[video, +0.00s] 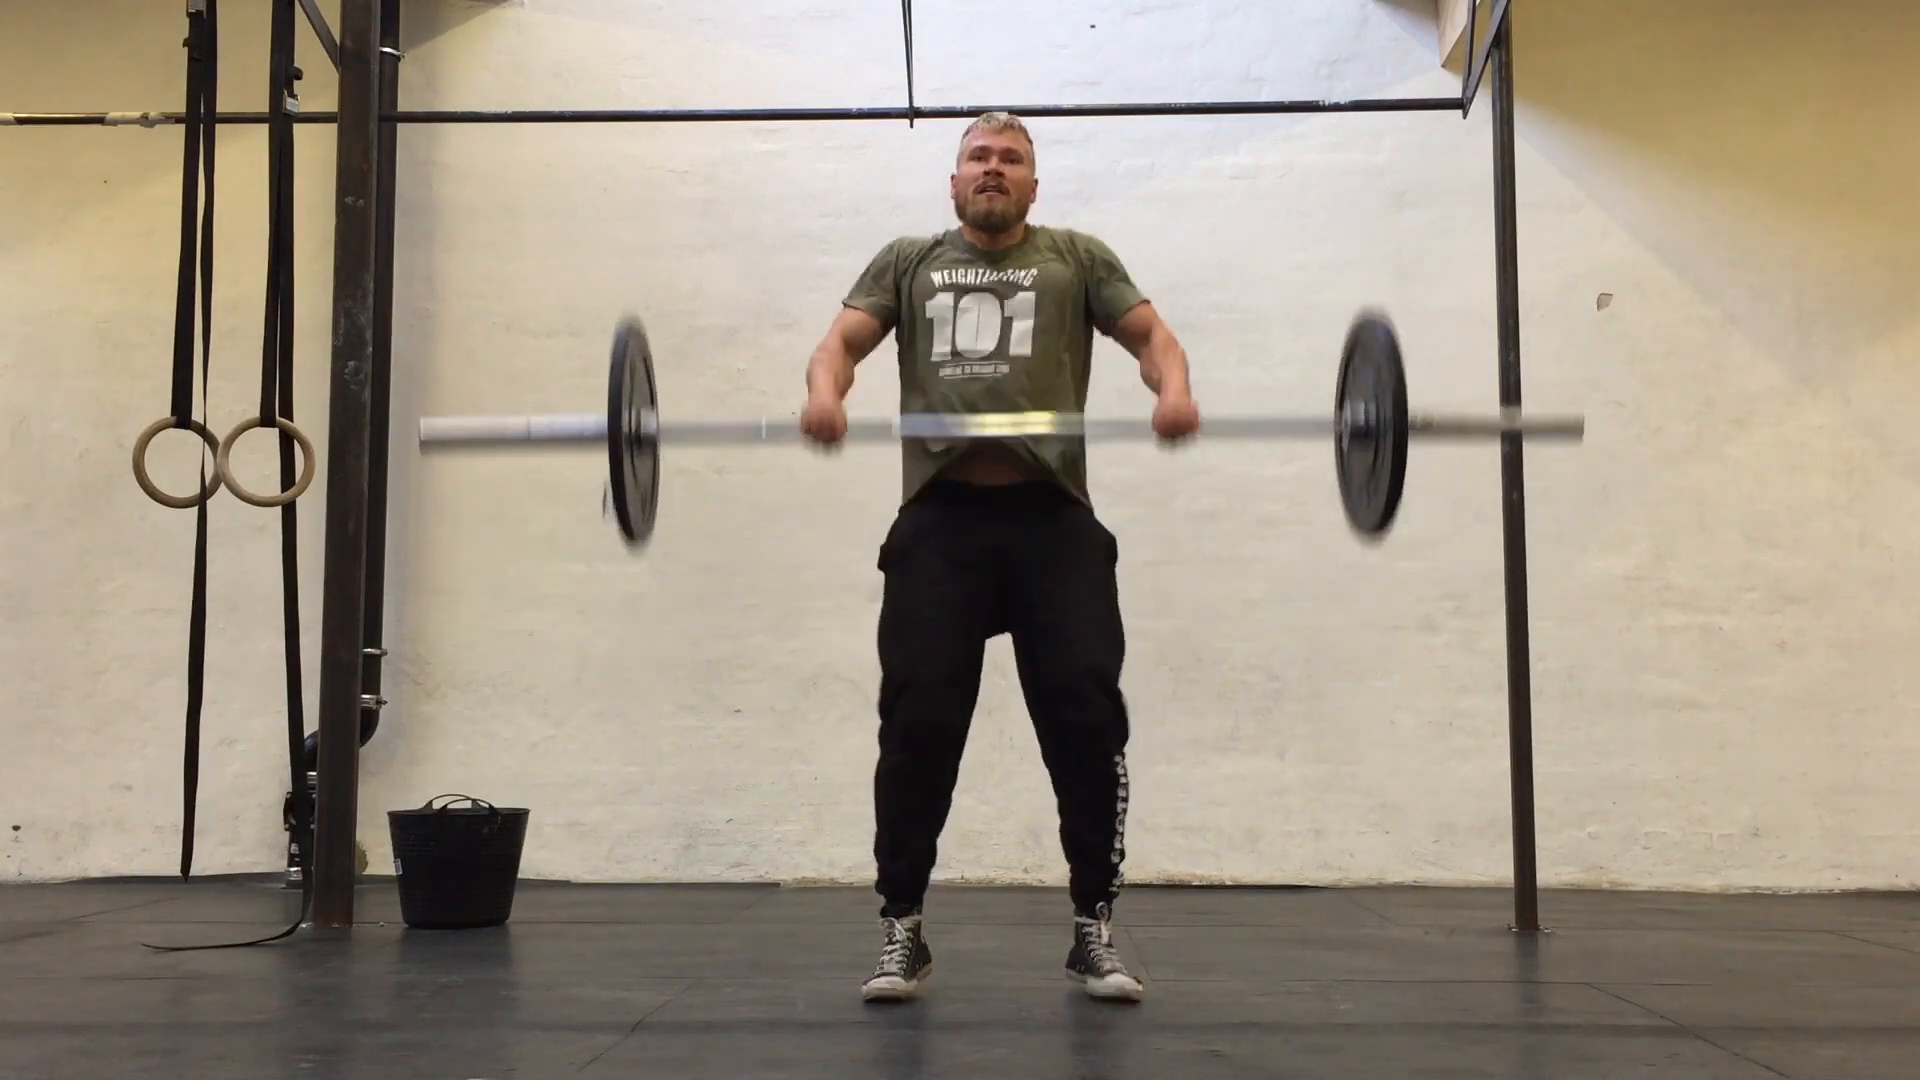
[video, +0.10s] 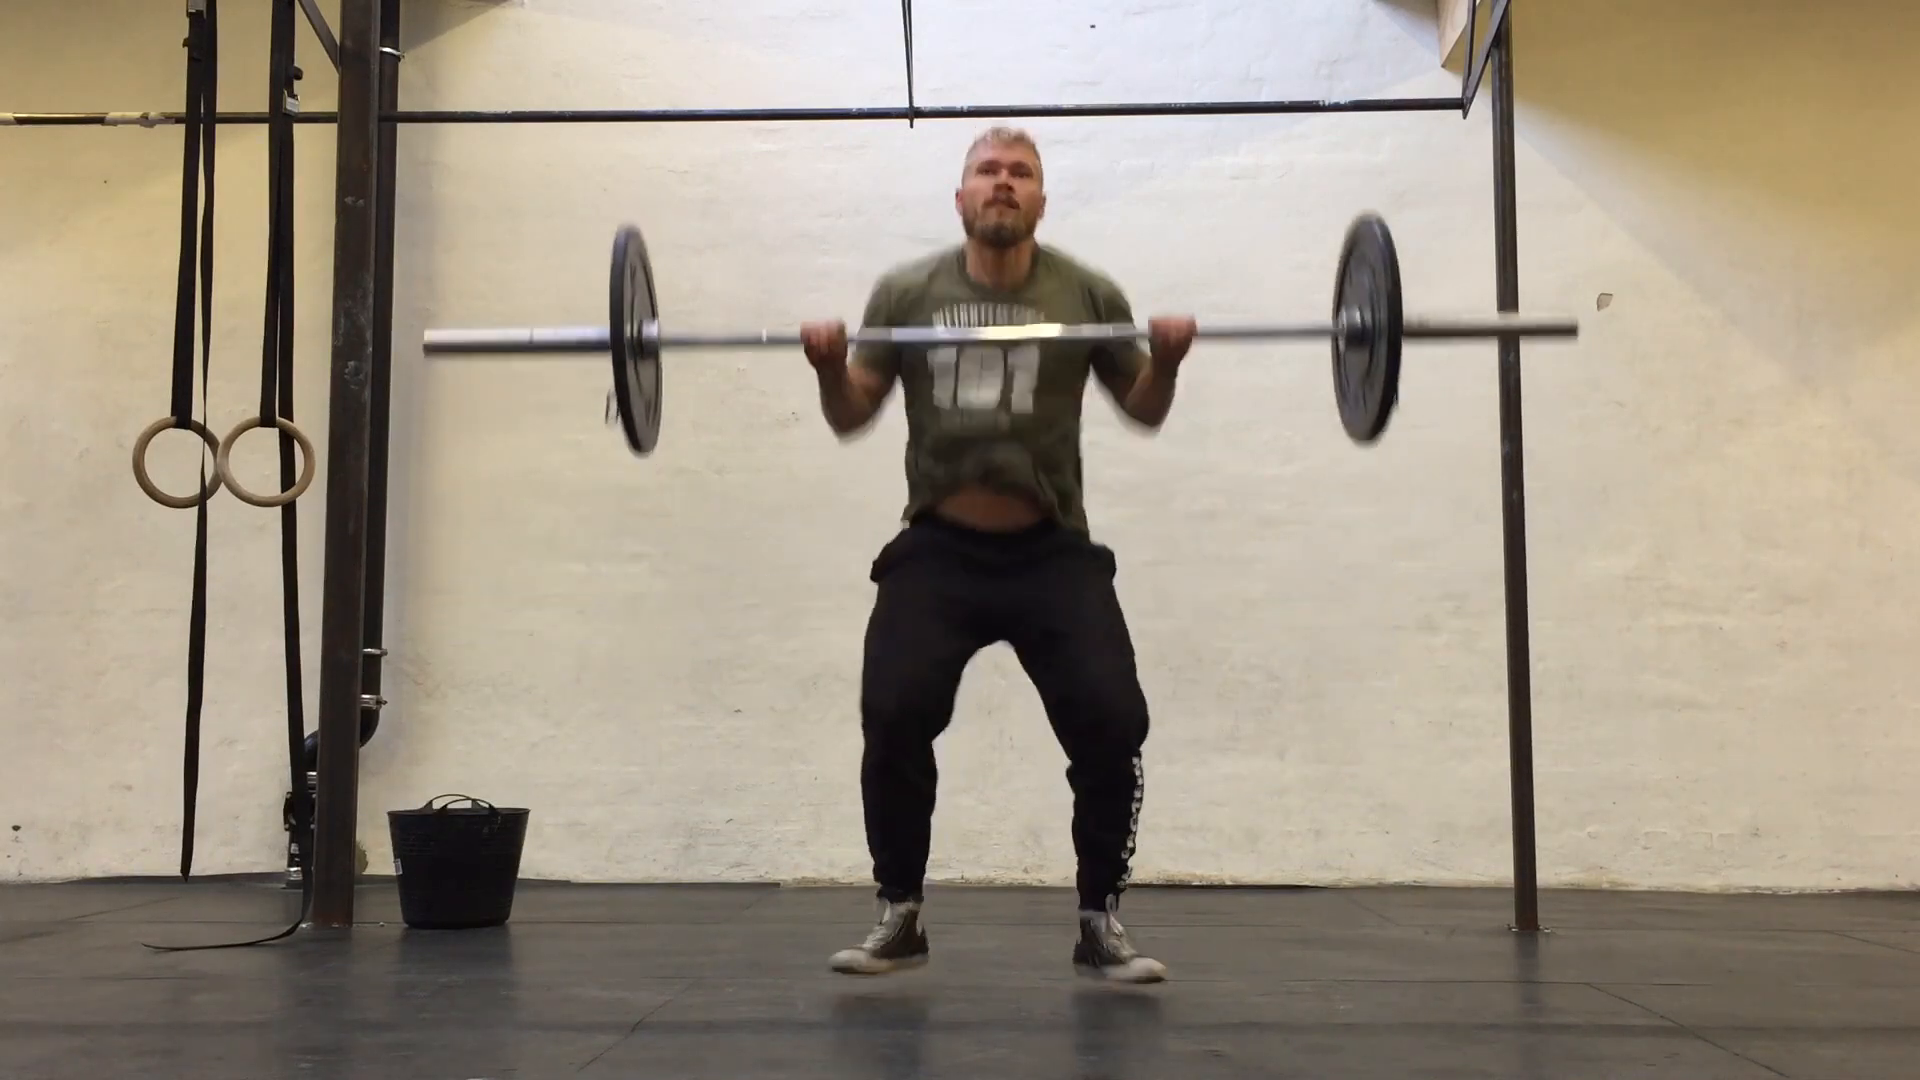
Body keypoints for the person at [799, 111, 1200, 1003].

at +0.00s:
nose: (992, 167)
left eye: (1010, 157)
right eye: (978, 155)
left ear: (1035, 179)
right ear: (954, 176)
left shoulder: (1078, 258)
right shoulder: (908, 261)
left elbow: (1152, 337)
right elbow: (840, 344)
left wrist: (1174, 391)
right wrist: (825, 395)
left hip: (1054, 525)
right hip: (941, 524)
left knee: (1087, 716)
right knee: (917, 720)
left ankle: (1096, 928)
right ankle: (901, 928)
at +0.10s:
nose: (1003, 182)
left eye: (1020, 172)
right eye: (987, 170)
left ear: (1044, 199)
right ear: (959, 194)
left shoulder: (1085, 294)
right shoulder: (907, 292)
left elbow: (1143, 411)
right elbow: (850, 418)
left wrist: (1165, 359)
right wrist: (830, 367)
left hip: (1054, 558)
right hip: (937, 555)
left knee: (1112, 724)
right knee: (894, 720)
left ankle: (1100, 927)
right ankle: (899, 918)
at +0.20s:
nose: (1004, 221)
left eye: (1020, 212)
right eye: (987, 210)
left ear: (1042, 246)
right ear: (959, 242)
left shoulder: (1091, 350)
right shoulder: (908, 355)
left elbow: (1168, 460)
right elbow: (843, 472)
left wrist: (1177, 349)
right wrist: (824, 365)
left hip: (1055, 602)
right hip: (933, 603)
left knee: (1137, 752)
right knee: (865, 749)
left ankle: (1104, 944)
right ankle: (891, 942)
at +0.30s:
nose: (998, 259)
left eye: (1014, 250)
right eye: (982, 248)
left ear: (1037, 281)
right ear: (955, 279)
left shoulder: (1083, 375)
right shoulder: (915, 377)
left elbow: (1167, 423)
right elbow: (844, 431)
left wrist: (1164, 336)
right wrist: (832, 349)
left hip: (1062, 635)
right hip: (937, 635)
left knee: (1161, 767)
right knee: (845, 767)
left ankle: (1103, 945)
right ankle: (892, 944)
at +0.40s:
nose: (996, 287)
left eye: (1013, 278)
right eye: (980, 277)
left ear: (1036, 310)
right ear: (954, 308)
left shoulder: (1082, 401)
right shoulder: (915, 403)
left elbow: (1164, 445)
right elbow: (848, 444)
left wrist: (1159, 358)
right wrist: (833, 369)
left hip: (1065, 657)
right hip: (939, 657)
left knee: (1176, 781)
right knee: (839, 780)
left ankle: (1103, 944)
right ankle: (893, 948)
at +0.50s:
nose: (997, 287)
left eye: (1013, 279)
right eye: (980, 279)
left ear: (1037, 311)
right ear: (954, 311)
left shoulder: (1082, 402)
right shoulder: (917, 404)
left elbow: (1163, 444)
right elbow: (849, 441)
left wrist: (1158, 362)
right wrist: (833, 371)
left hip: (1065, 658)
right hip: (939, 658)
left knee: (1177, 782)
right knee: (840, 783)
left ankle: (1103, 945)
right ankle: (893, 946)